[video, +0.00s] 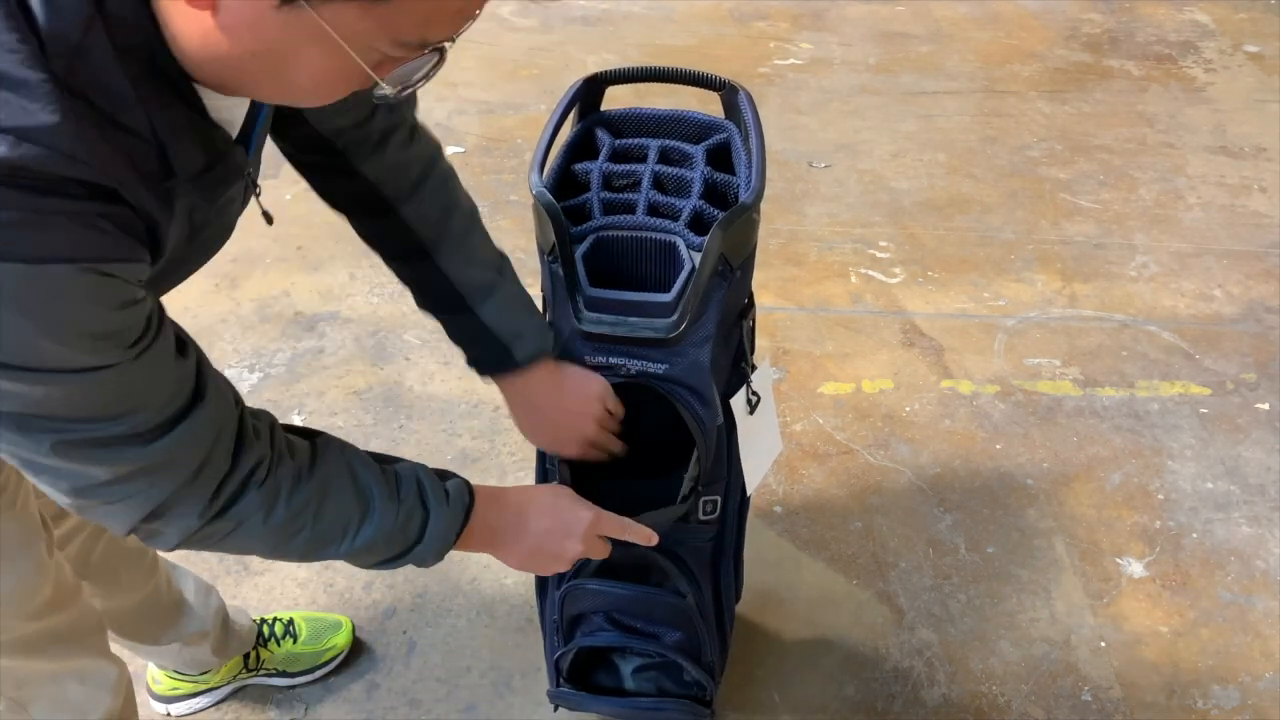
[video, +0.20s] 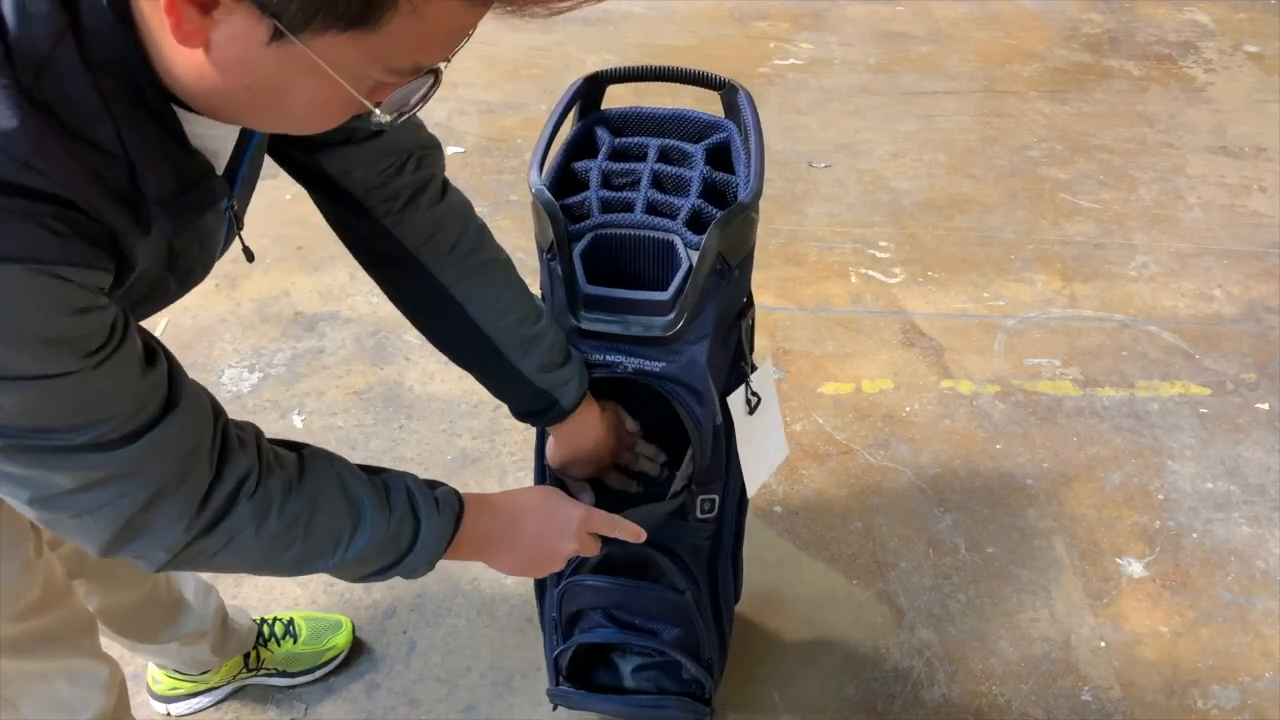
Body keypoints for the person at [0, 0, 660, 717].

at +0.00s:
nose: (408, 82)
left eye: (426, 56)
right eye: (398, 57)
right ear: (238, 13)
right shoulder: (32, 223)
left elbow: (373, 149)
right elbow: (201, 480)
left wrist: (523, 364)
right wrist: (479, 518)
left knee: (83, 513)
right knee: (39, 622)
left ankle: (200, 653)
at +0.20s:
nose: (399, 104)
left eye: (415, 79)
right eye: (385, 79)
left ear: (195, 15)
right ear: (198, 22)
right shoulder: (21, 260)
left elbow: (401, 198)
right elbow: (185, 497)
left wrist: (563, 402)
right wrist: (471, 525)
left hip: (48, 363)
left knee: (99, 521)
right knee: (35, 617)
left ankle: (200, 654)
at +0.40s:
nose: (382, 104)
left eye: (406, 77)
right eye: (383, 76)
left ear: (194, 17)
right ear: (198, 23)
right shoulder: (19, 256)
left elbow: (347, 189)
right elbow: (178, 498)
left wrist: (515, 380)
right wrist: (472, 524)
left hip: (45, 361)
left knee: (97, 518)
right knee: (37, 628)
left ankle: (199, 654)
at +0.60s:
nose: (379, 7)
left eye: (380, 1)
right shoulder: (33, 182)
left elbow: (193, 162)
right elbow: (202, 452)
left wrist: (337, 329)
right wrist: (482, 436)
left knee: (78, 512)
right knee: (45, 641)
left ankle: (197, 653)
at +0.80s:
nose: (334, 5)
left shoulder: (212, 21)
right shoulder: (76, 105)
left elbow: (304, 235)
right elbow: (309, 407)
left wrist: (452, 423)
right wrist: (572, 473)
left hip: (5, 356)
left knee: (72, 521)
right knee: (39, 658)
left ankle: (199, 652)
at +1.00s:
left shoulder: (158, 27)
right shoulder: (80, 77)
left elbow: (259, 220)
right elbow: (259, 420)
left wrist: (419, 393)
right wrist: (530, 493)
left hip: (5, 364)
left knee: (85, 523)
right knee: (36, 653)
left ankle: (200, 653)